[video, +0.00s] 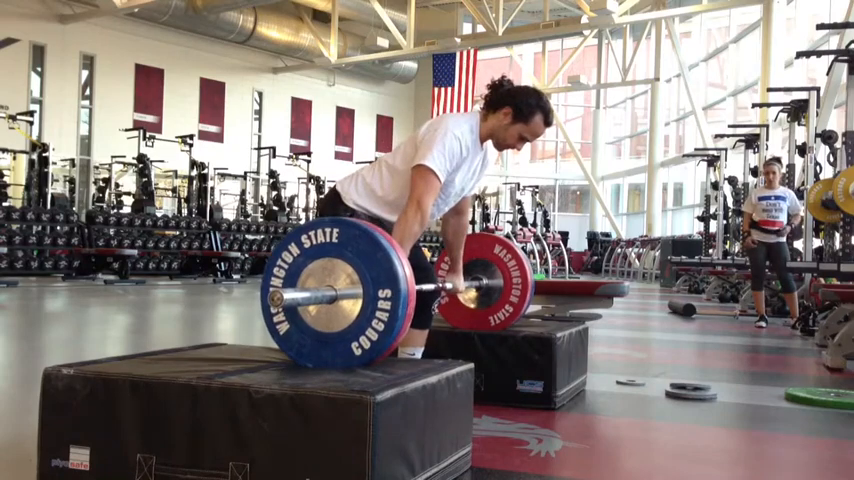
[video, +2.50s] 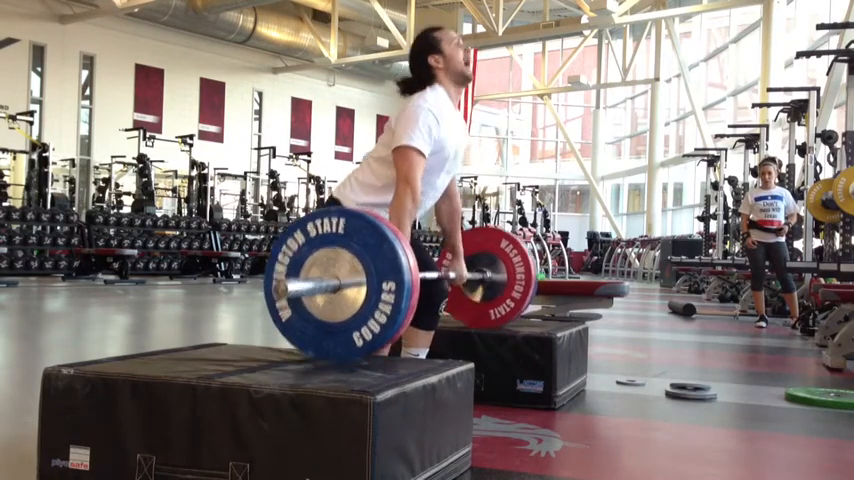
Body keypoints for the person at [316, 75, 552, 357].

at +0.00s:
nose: (520, 147)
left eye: (527, 142)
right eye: (522, 137)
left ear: (507, 116)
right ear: (505, 115)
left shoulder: (481, 153)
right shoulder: (450, 132)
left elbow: (457, 215)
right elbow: (417, 207)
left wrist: (456, 272)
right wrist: (388, 270)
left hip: (389, 223)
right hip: (350, 210)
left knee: (425, 289)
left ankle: (406, 384)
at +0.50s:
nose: (521, 148)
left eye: (529, 143)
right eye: (524, 138)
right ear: (507, 116)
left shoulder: (483, 153)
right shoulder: (453, 132)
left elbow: (457, 215)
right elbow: (419, 207)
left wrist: (457, 271)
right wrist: (388, 270)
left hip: (389, 223)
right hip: (350, 210)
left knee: (424, 287)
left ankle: (406, 382)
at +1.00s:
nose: (478, 112)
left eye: (483, 105)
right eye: (477, 101)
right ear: (452, 88)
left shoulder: (448, 140)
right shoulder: (413, 120)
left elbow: (443, 209)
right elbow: (399, 201)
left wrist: (457, 266)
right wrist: (388, 270)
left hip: (386, 233)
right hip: (346, 226)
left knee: (432, 289)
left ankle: (407, 385)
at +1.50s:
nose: (468, 70)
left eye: (468, 64)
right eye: (460, 63)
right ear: (434, 72)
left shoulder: (447, 135)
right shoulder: (413, 119)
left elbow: (442, 205)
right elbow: (398, 199)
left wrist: (455, 262)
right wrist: (389, 269)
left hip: (385, 229)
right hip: (348, 224)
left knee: (430, 290)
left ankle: (408, 383)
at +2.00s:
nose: (473, 64)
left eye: (471, 58)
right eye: (464, 59)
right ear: (440, 72)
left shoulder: (452, 131)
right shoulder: (424, 117)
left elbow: (446, 204)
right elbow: (404, 198)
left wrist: (455, 263)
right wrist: (391, 265)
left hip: (381, 225)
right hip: (345, 217)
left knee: (429, 287)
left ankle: (408, 384)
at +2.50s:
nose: (468, 51)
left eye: (464, 45)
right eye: (458, 46)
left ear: (443, 63)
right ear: (436, 62)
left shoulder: (454, 120)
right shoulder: (424, 106)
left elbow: (447, 194)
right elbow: (407, 190)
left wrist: (456, 255)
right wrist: (396, 259)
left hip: (389, 219)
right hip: (353, 214)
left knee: (433, 285)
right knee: (391, 295)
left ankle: (409, 383)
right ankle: (371, 386)